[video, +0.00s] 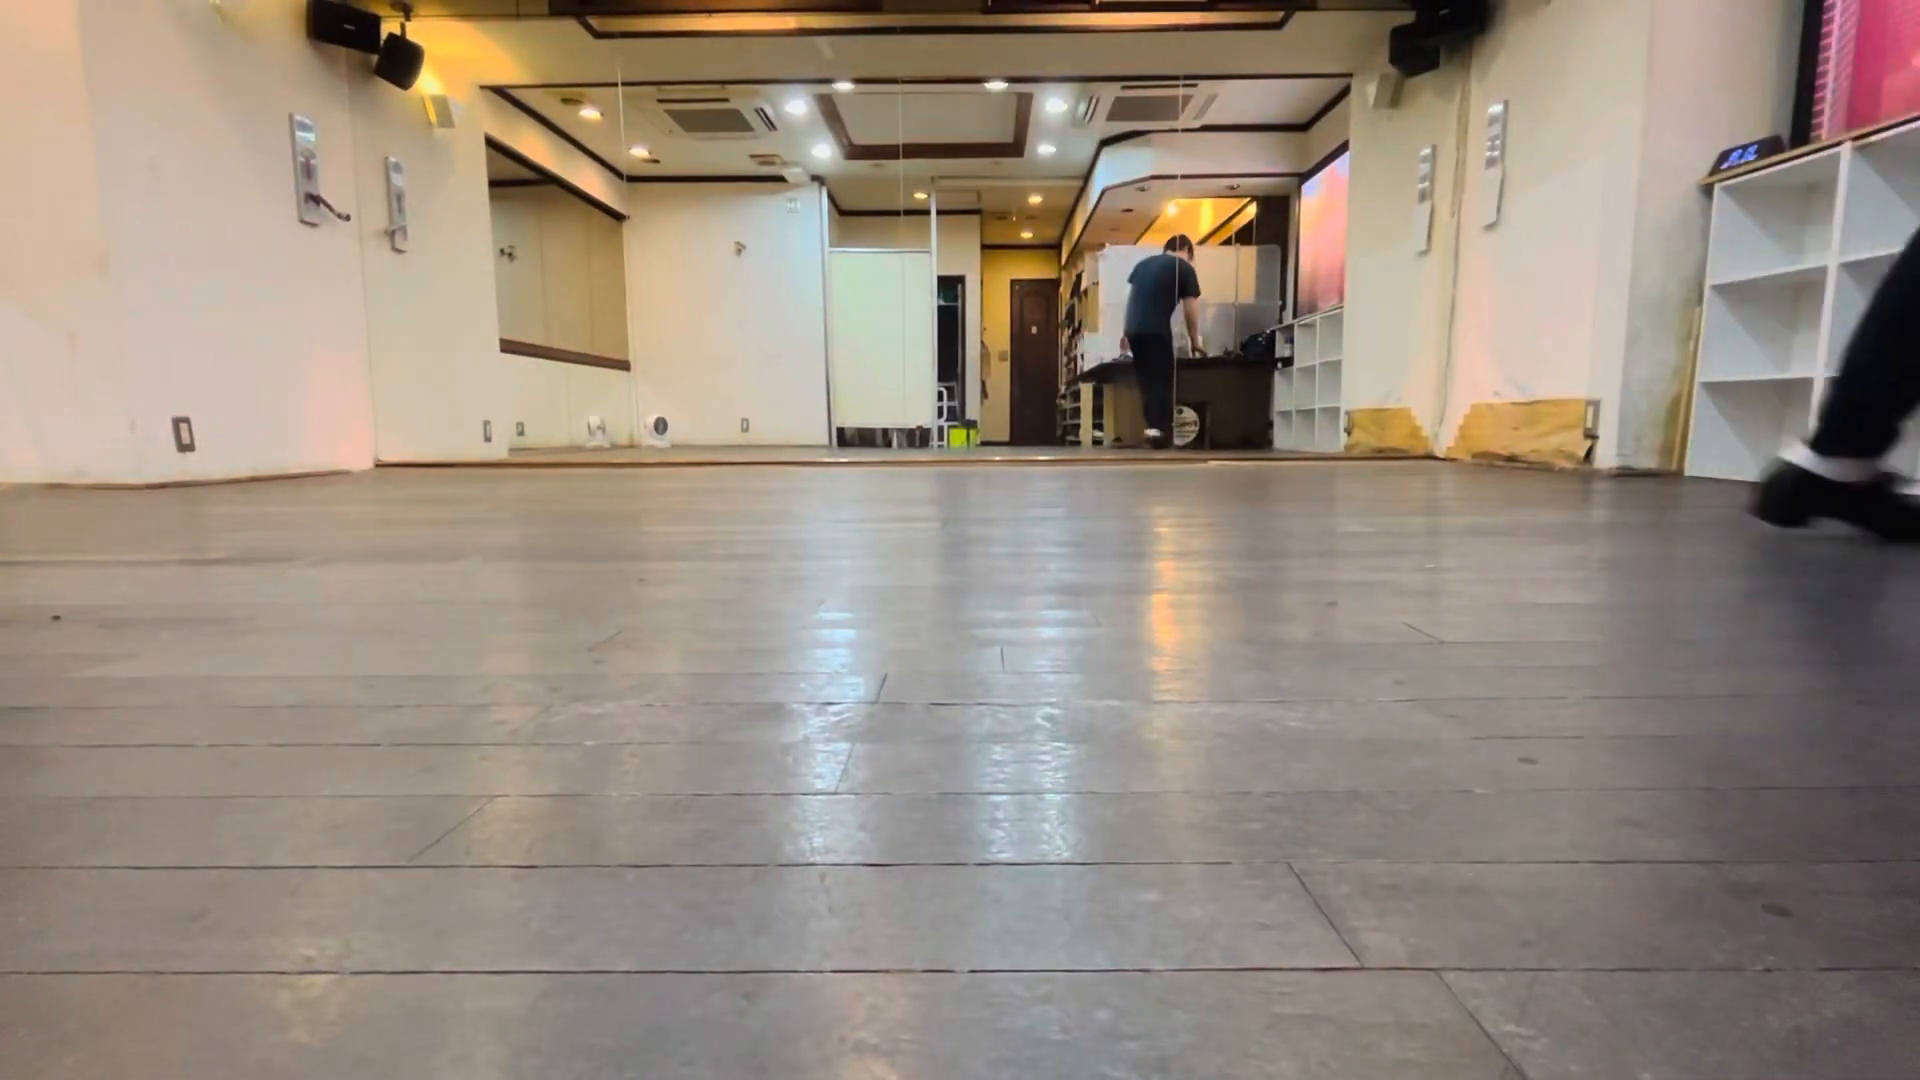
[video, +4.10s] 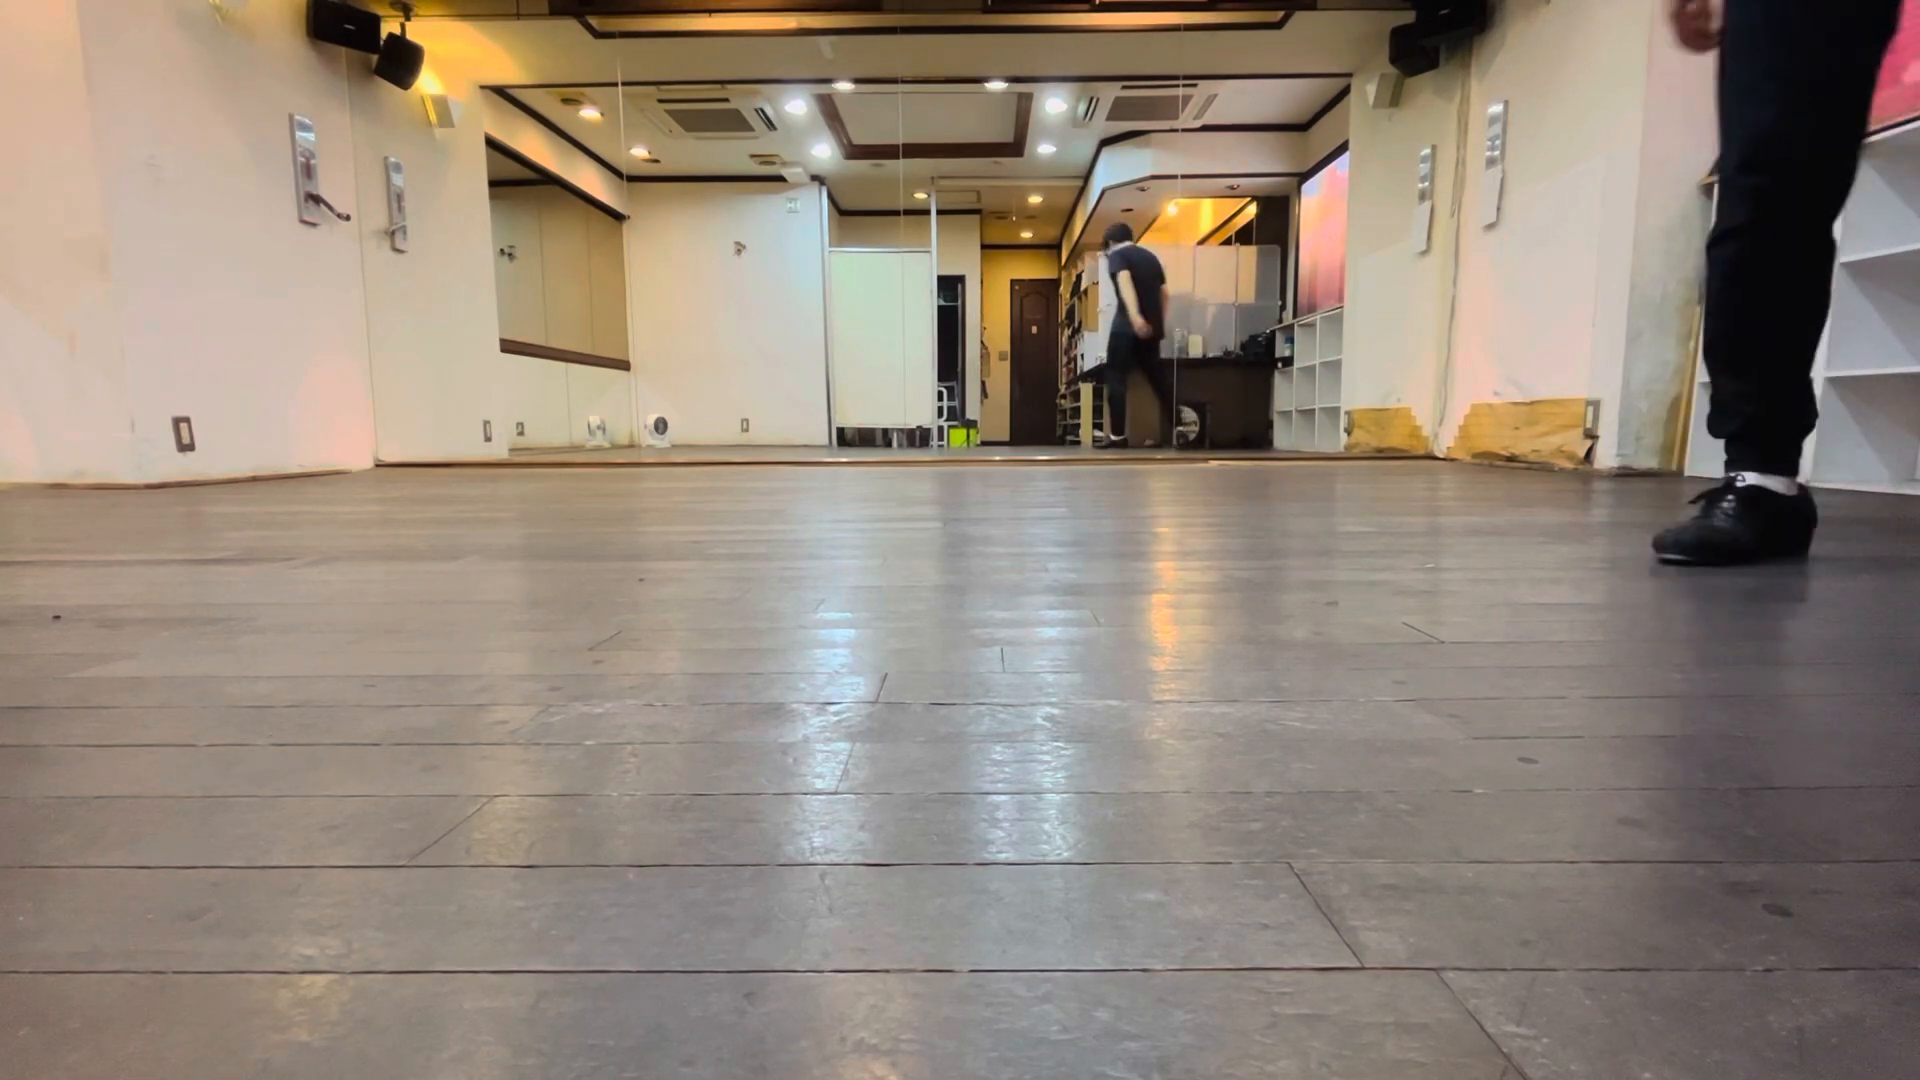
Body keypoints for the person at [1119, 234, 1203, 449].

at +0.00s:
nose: (1189, 260)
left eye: (1190, 256)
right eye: (1190, 256)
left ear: (1166, 248)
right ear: (1185, 250)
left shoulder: (1144, 263)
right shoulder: (1184, 268)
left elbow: (1132, 302)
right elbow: (1190, 311)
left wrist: (1126, 333)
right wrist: (1195, 343)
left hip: (1135, 331)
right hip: (1157, 330)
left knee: (1146, 379)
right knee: (1162, 379)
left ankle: (1152, 426)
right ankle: (1156, 427)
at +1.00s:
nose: (1210, 257)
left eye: (1209, 255)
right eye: (1211, 255)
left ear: (1188, 246)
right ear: (1208, 252)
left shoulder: (1172, 254)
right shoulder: (1213, 269)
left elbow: (1159, 280)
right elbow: (1213, 313)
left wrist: (1150, 317)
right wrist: (1205, 343)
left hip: (1162, 325)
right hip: (1189, 331)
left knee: (1152, 377)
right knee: (1185, 381)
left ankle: (1146, 430)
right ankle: (1181, 433)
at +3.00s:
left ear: (1181, 239)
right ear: (1201, 244)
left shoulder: (1171, 247)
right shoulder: (1210, 263)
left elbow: (1160, 278)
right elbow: (1214, 311)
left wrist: (1149, 314)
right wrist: (1205, 342)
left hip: (1159, 324)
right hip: (1184, 328)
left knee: (1147, 373)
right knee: (1182, 377)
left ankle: (1145, 429)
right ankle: (1182, 433)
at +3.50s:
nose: (1166, 244)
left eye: (1167, 241)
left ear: (1169, 240)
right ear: (1189, 242)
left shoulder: (1163, 249)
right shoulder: (1200, 261)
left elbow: (1154, 280)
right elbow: (1207, 307)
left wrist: (1144, 318)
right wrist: (1203, 340)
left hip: (1155, 327)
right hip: (1180, 330)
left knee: (1142, 373)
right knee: (1179, 378)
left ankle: (1144, 428)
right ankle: (1182, 432)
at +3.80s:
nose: (1143, 249)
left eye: (1143, 246)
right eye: (1143, 246)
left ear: (1147, 242)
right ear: (1165, 241)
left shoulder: (1150, 251)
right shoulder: (1184, 259)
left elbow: (1154, 279)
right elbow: (1195, 299)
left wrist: (1161, 315)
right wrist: (1188, 326)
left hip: (1149, 326)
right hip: (1177, 328)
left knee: (1136, 377)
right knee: (1177, 379)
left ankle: (1123, 431)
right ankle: (1182, 433)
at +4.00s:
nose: (1119, 251)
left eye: (1119, 247)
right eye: (1119, 247)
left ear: (1123, 243)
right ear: (1141, 240)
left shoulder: (1129, 255)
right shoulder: (1160, 256)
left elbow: (1139, 280)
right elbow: (1173, 292)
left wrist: (1151, 313)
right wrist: (1169, 319)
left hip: (1136, 327)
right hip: (1161, 328)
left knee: (1123, 376)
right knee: (1167, 378)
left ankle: (1117, 433)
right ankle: (1182, 429)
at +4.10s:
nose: (1108, 249)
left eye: (1107, 245)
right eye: (1107, 246)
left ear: (1110, 243)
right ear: (1130, 239)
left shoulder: (1116, 255)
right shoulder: (1149, 256)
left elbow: (1125, 282)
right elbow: (1164, 293)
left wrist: (1135, 317)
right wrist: (1160, 322)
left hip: (1127, 325)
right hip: (1152, 325)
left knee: (1115, 374)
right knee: (1156, 374)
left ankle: (1117, 434)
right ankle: (1172, 429)